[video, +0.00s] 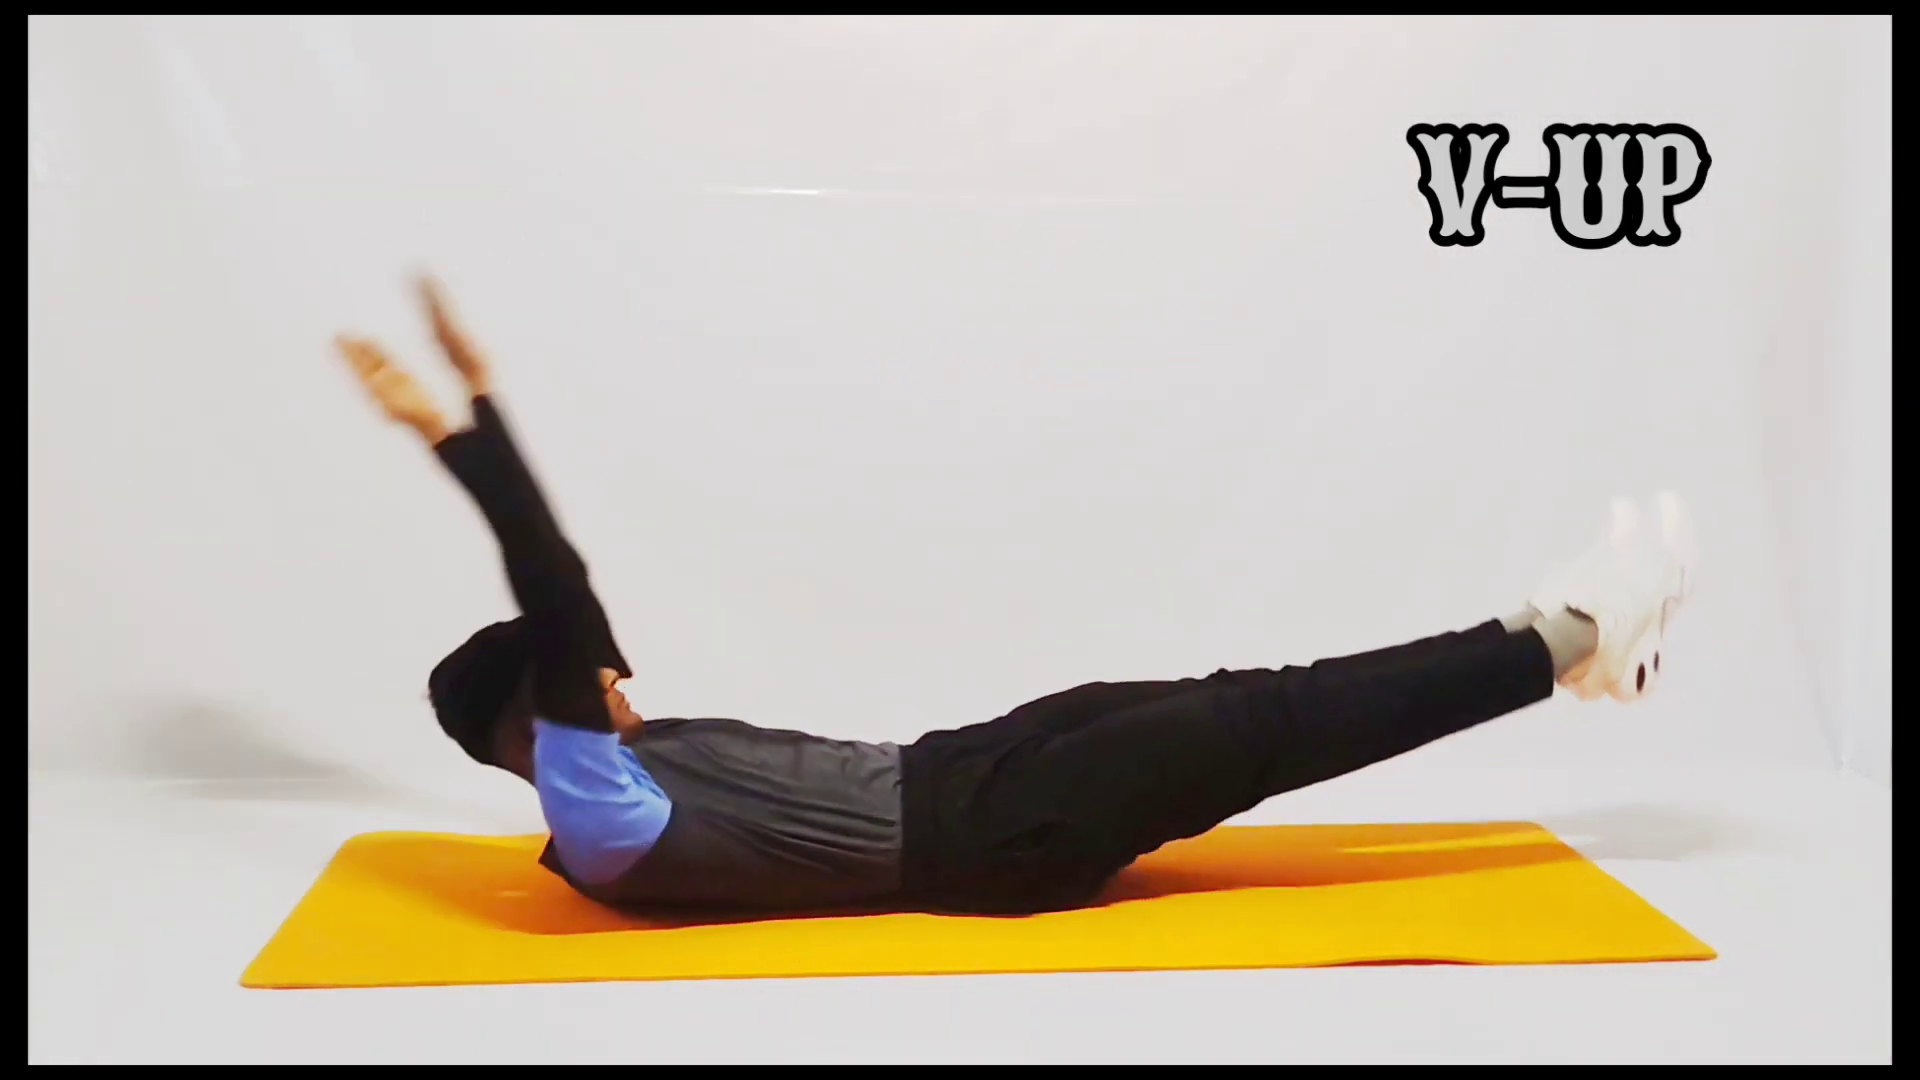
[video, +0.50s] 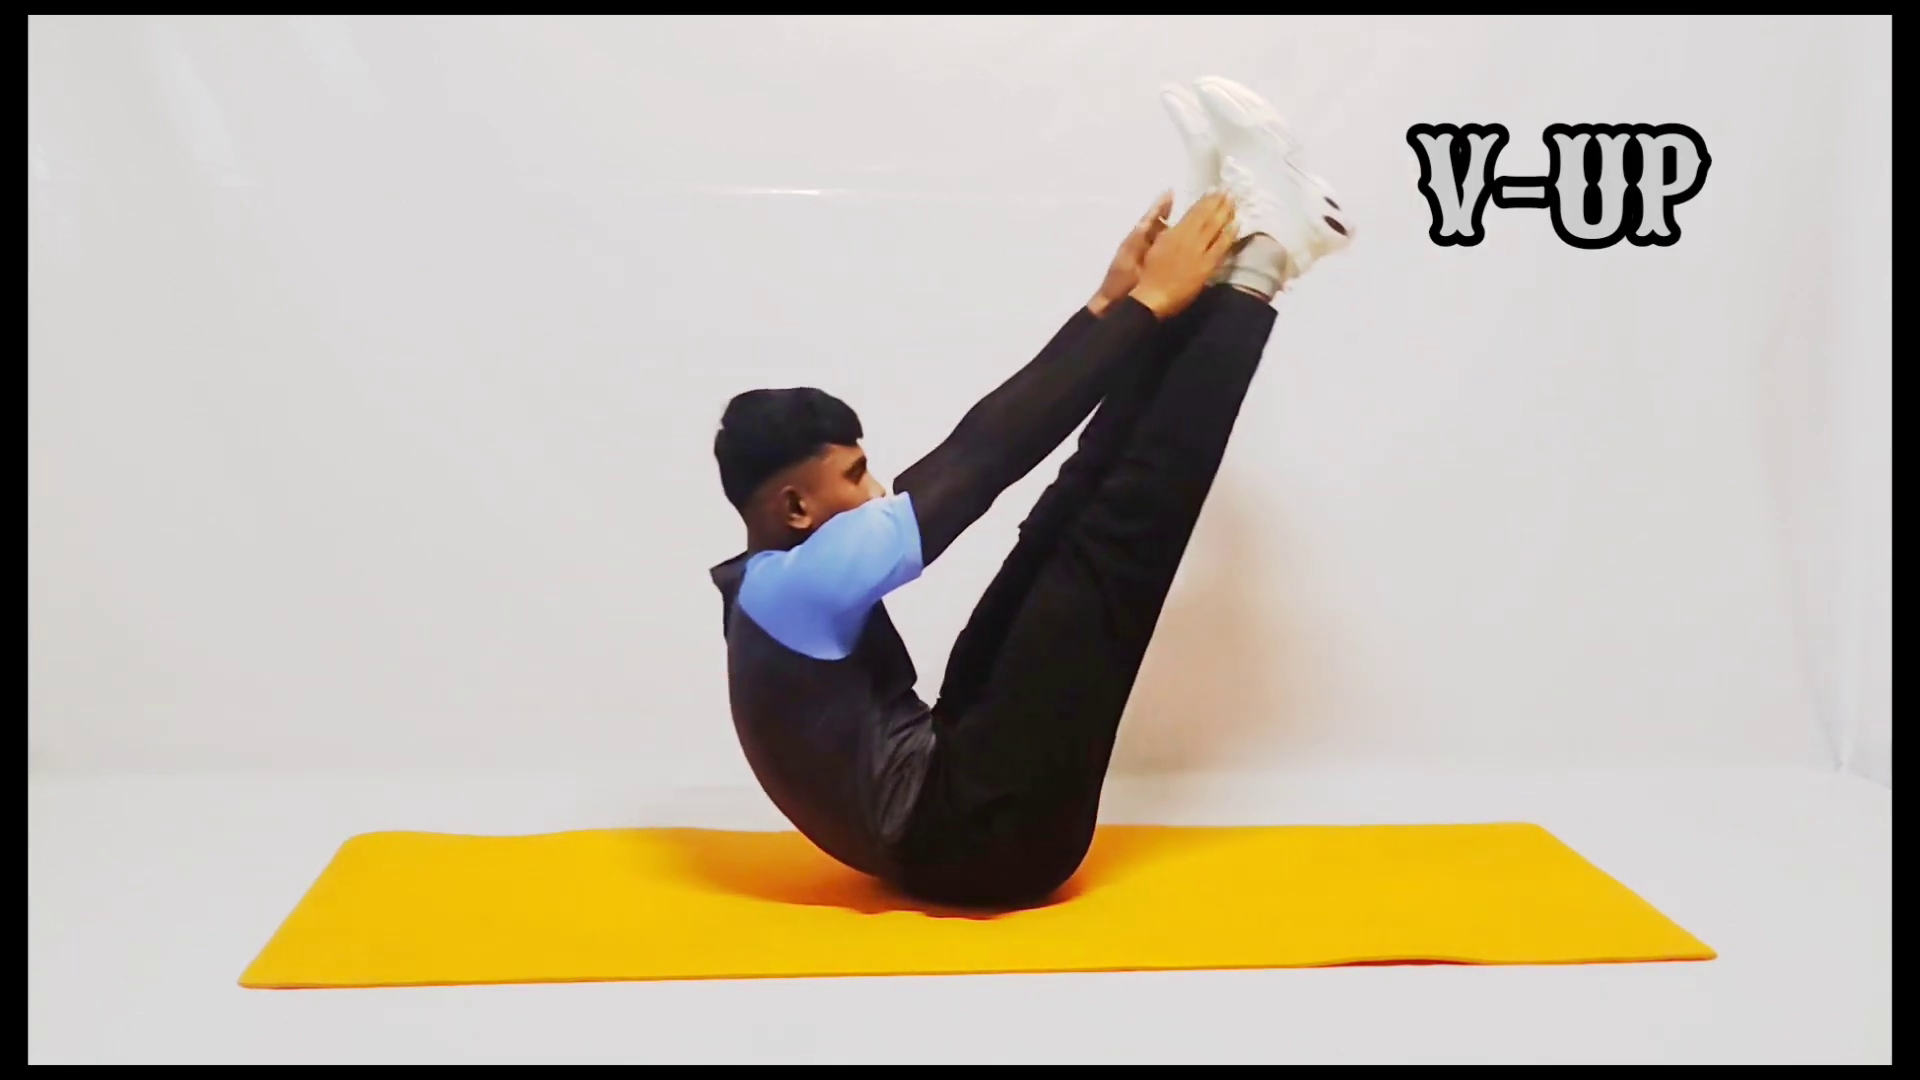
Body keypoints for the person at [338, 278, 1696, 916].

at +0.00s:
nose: (608, 679)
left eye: (590, 666)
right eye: (579, 673)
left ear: (525, 729)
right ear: (544, 715)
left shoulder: (620, 793)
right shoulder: (596, 803)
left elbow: (555, 593)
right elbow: (551, 590)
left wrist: (446, 439)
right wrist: (475, 419)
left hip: (988, 811)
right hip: (974, 821)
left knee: (1257, 711)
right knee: (1255, 729)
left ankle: (1553, 645)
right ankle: (1551, 645)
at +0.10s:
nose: (622, 639)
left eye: (609, 628)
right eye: (592, 640)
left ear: (591, 657)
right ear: (547, 689)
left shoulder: (637, 721)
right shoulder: (619, 750)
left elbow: (687, 535)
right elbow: (697, 548)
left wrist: (679, 352)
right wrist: (717, 344)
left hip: (962, 776)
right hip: (965, 830)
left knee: (1229, 656)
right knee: (1236, 685)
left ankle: (1523, 555)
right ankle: (1528, 560)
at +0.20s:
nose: (663, 607)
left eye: (648, 586)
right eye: (633, 601)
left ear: (632, 611)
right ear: (579, 648)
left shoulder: (659, 700)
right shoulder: (652, 713)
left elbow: (756, 531)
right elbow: (769, 541)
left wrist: (801, 353)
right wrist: (864, 348)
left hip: (954, 783)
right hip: (965, 839)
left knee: (1211, 624)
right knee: (1221, 649)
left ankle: (1489, 486)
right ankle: (1489, 482)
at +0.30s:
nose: (757, 557)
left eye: (745, 537)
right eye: (733, 546)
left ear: (674, 574)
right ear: (670, 577)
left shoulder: (706, 649)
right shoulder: (709, 655)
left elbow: (855, 515)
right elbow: (872, 519)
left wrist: (966, 347)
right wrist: (1019, 355)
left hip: (961, 796)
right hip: (970, 837)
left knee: (1166, 568)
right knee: (1181, 584)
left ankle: (1377, 369)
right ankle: (1400, 377)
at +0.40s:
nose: (834, 509)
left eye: (821, 491)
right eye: (812, 497)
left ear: (757, 524)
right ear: (751, 525)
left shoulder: (765, 600)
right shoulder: (773, 606)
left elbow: (937, 475)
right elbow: (944, 487)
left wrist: (1067, 329)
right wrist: (1104, 336)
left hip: (966, 792)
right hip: (983, 833)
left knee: (1105, 539)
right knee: (1133, 559)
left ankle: (1291, 285)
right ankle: (1305, 295)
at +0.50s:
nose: (874, 488)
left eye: (862, 468)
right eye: (851, 477)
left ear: (797, 507)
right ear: (795, 509)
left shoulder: (794, 576)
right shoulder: (806, 583)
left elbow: (970, 455)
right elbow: (978, 463)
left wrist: (1110, 305)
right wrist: (1151, 305)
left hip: (955, 798)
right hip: (983, 835)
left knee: (1074, 524)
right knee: (1111, 546)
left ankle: (1242, 237)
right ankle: (1264, 266)